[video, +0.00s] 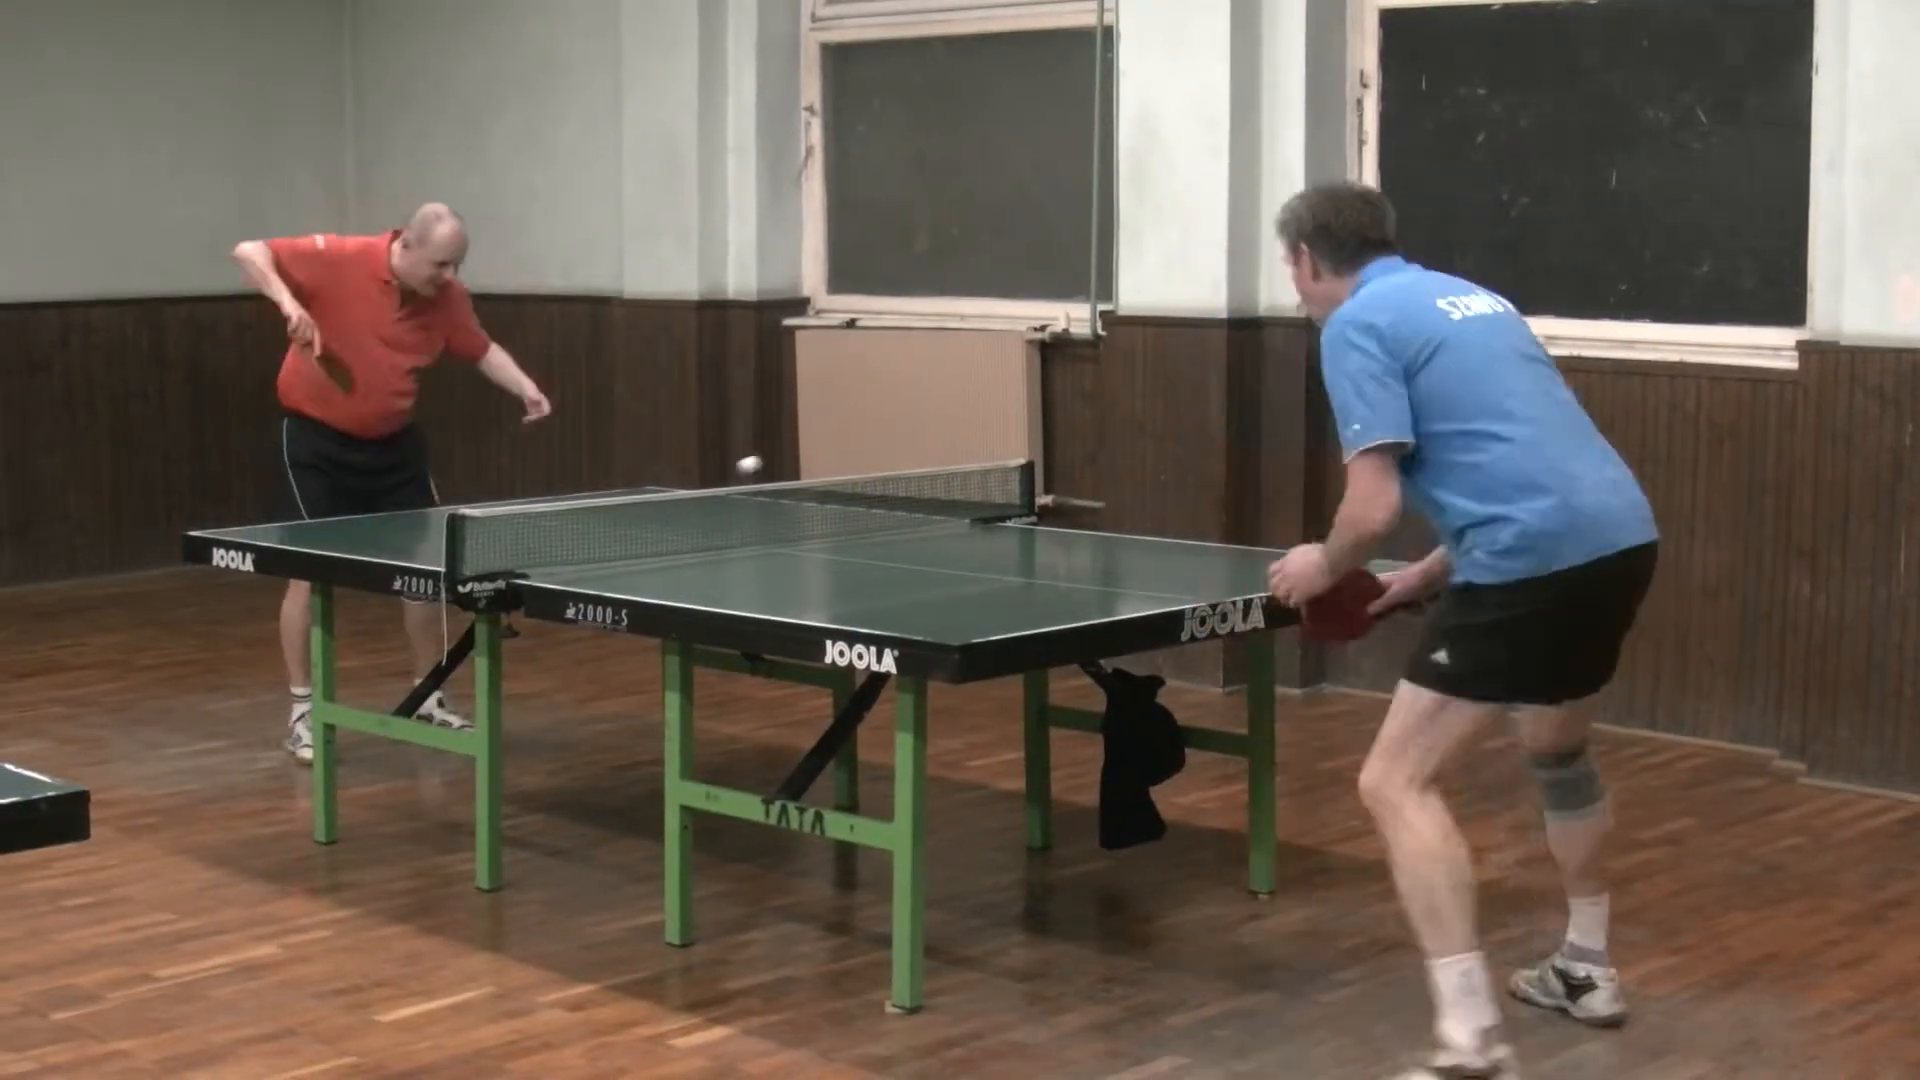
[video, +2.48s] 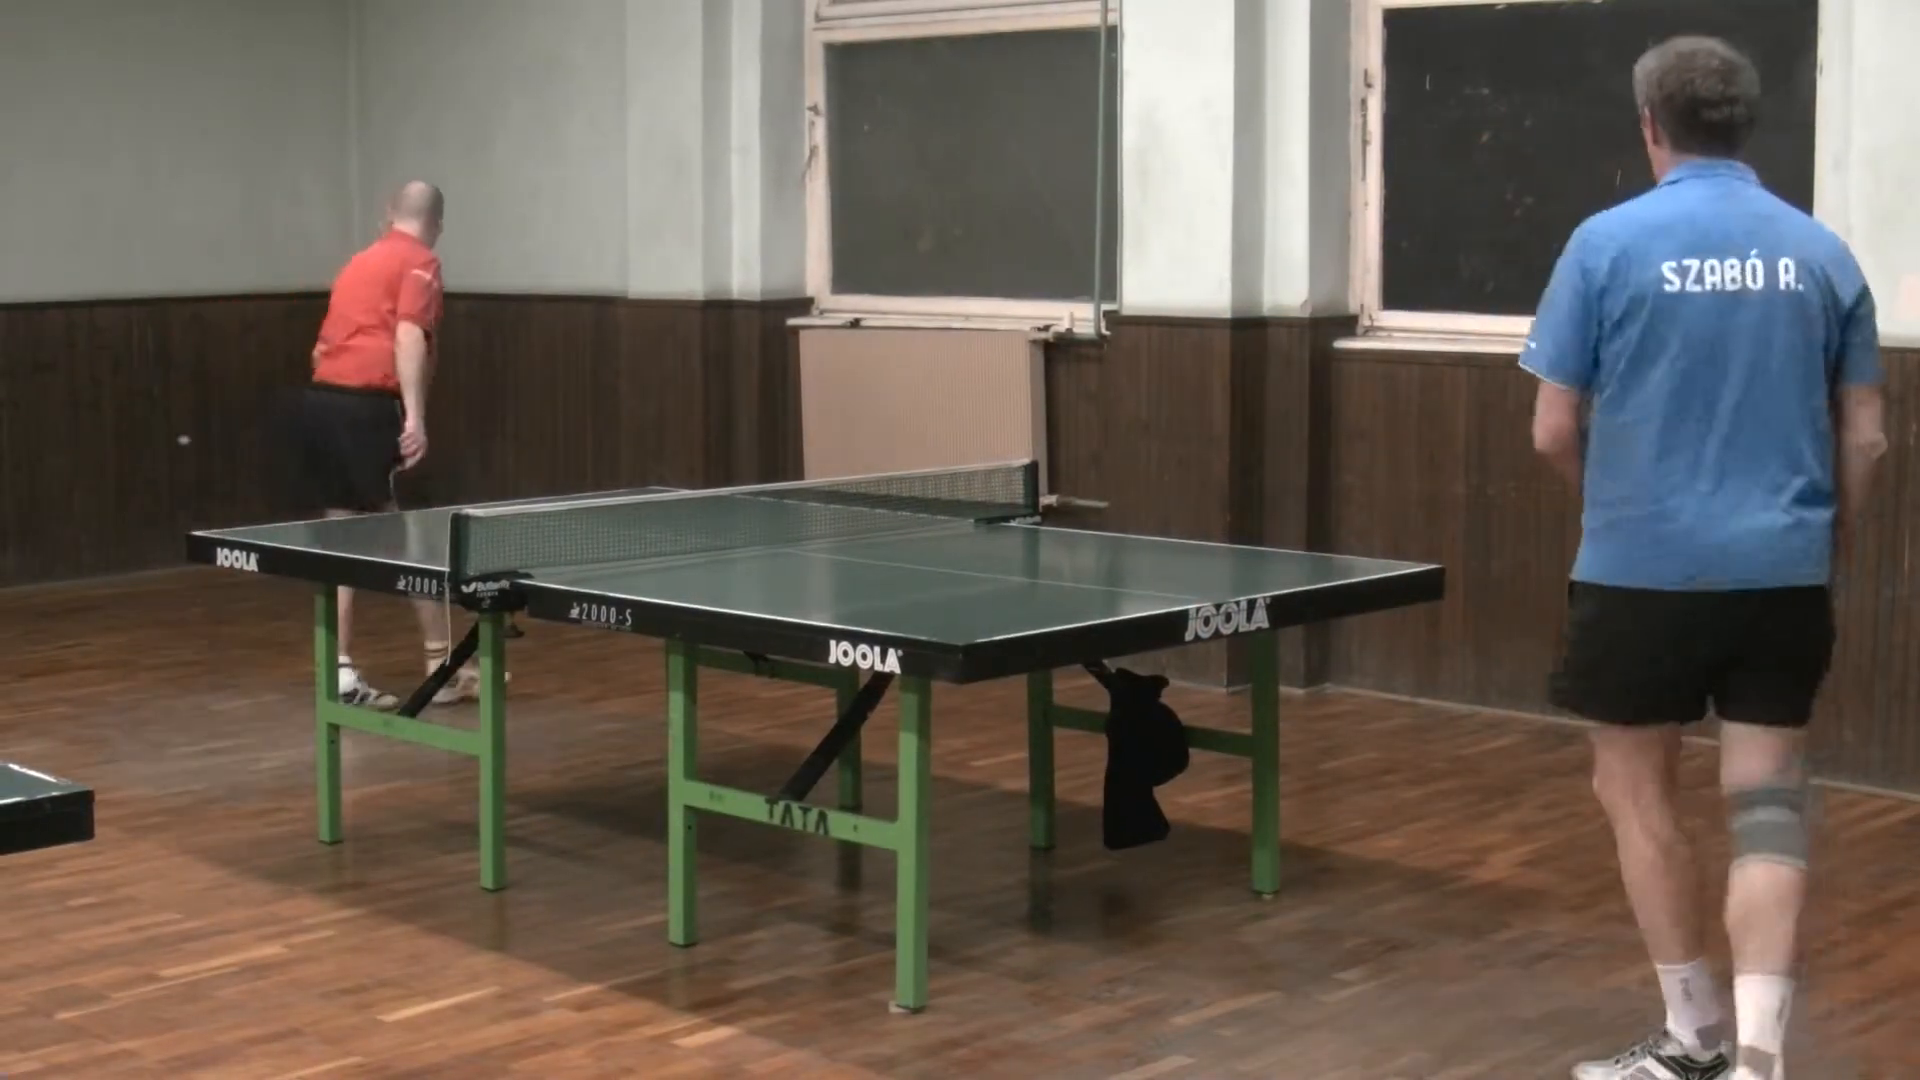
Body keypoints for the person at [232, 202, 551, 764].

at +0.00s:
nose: (445, 279)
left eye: (451, 269)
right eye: (437, 266)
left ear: (456, 262)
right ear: (402, 246)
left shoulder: (448, 298)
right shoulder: (344, 258)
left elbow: (483, 350)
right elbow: (249, 252)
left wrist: (527, 388)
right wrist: (289, 304)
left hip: (393, 442)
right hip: (318, 436)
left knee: (423, 571)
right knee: (310, 572)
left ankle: (428, 702)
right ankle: (303, 708)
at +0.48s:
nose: (371, 253)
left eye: (375, 242)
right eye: (359, 244)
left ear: (377, 241)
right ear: (323, 244)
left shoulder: (384, 285)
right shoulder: (277, 290)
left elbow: (407, 344)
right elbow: (228, 374)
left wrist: (435, 395)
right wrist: (281, 413)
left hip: (367, 457)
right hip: (282, 459)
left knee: (419, 573)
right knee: (238, 575)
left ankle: (435, 700)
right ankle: (219, 715)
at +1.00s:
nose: (232, 289)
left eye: (243, 276)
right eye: (221, 279)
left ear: (264, 270)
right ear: (207, 278)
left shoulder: (308, 308)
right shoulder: (189, 334)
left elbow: (365, 358)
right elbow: (121, 385)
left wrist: (406, 423)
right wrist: (50, 417)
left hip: (336, 466)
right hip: (244, 474)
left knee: (405, 577)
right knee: (203, 580)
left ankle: (445, 685)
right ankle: (208, 722)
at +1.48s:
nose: (255, 293)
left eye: (260, 280)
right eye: (240, 284)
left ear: (267, 277)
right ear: (209, 288)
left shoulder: (296, 313)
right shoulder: (178, 338)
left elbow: (351, 357)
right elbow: (138, 415)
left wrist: (397, 415)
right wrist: (158, 470)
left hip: (298, 468)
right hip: (213, 473)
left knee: (345, 571)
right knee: (180, 582)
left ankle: (350, 684)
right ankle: (167, 716)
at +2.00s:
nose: (415, 246)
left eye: (412, 236)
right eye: (407, 237)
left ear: (375, 240)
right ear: (376, 241)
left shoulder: (362, 298)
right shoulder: (338, 287)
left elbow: (367, 381)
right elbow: (349, 384)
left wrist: (413, 434)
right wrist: (419, 386)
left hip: (291, 435)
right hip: (249, 420)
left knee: (334, 550)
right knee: (230, 555)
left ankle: (341, 682)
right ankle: (145, 684)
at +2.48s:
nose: (439, 232)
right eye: (440, 225)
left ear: (390, 216)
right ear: (436, 224)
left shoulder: (360, 260)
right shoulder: (420, 261)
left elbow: (329, 345)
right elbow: (409, 335)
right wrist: (414, 415)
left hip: (324, 404)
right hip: (371, 405)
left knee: (339, 534)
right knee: (415, 534)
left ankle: (339, 668)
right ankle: (443, 663)